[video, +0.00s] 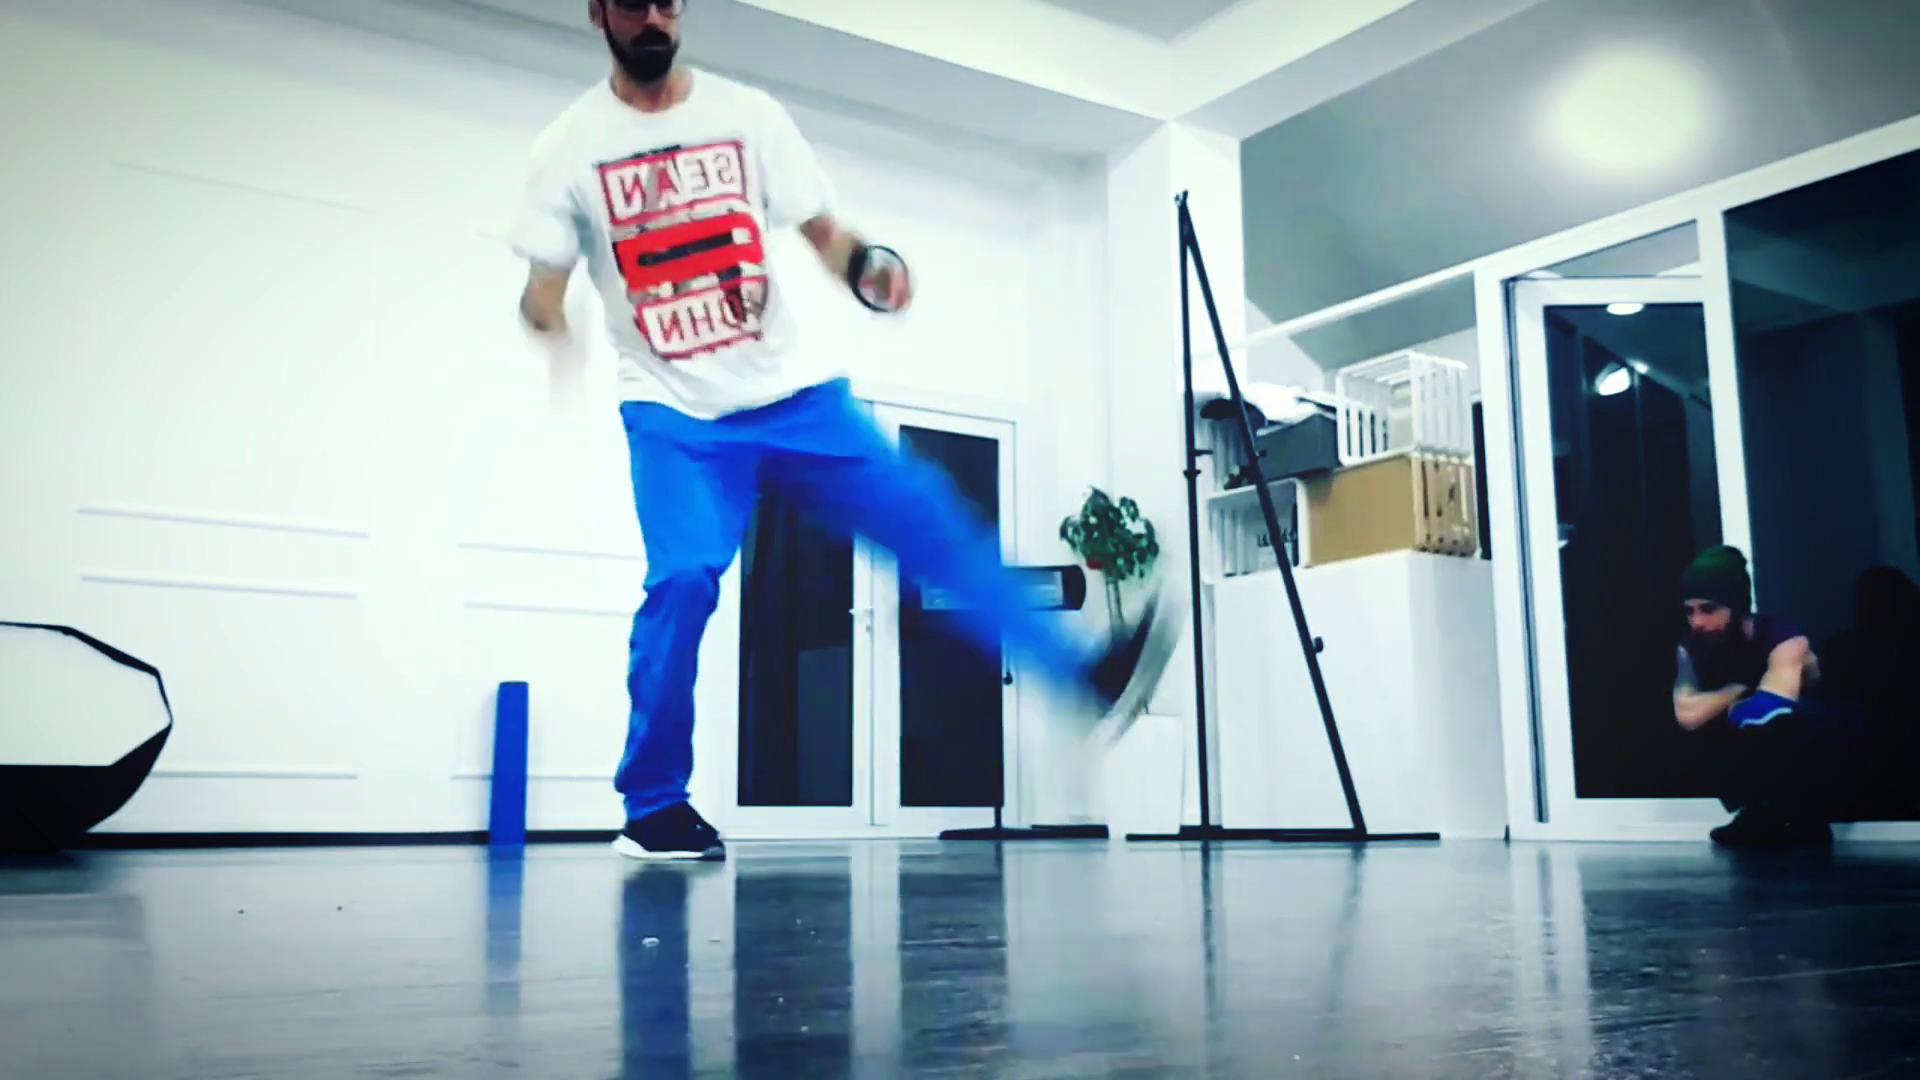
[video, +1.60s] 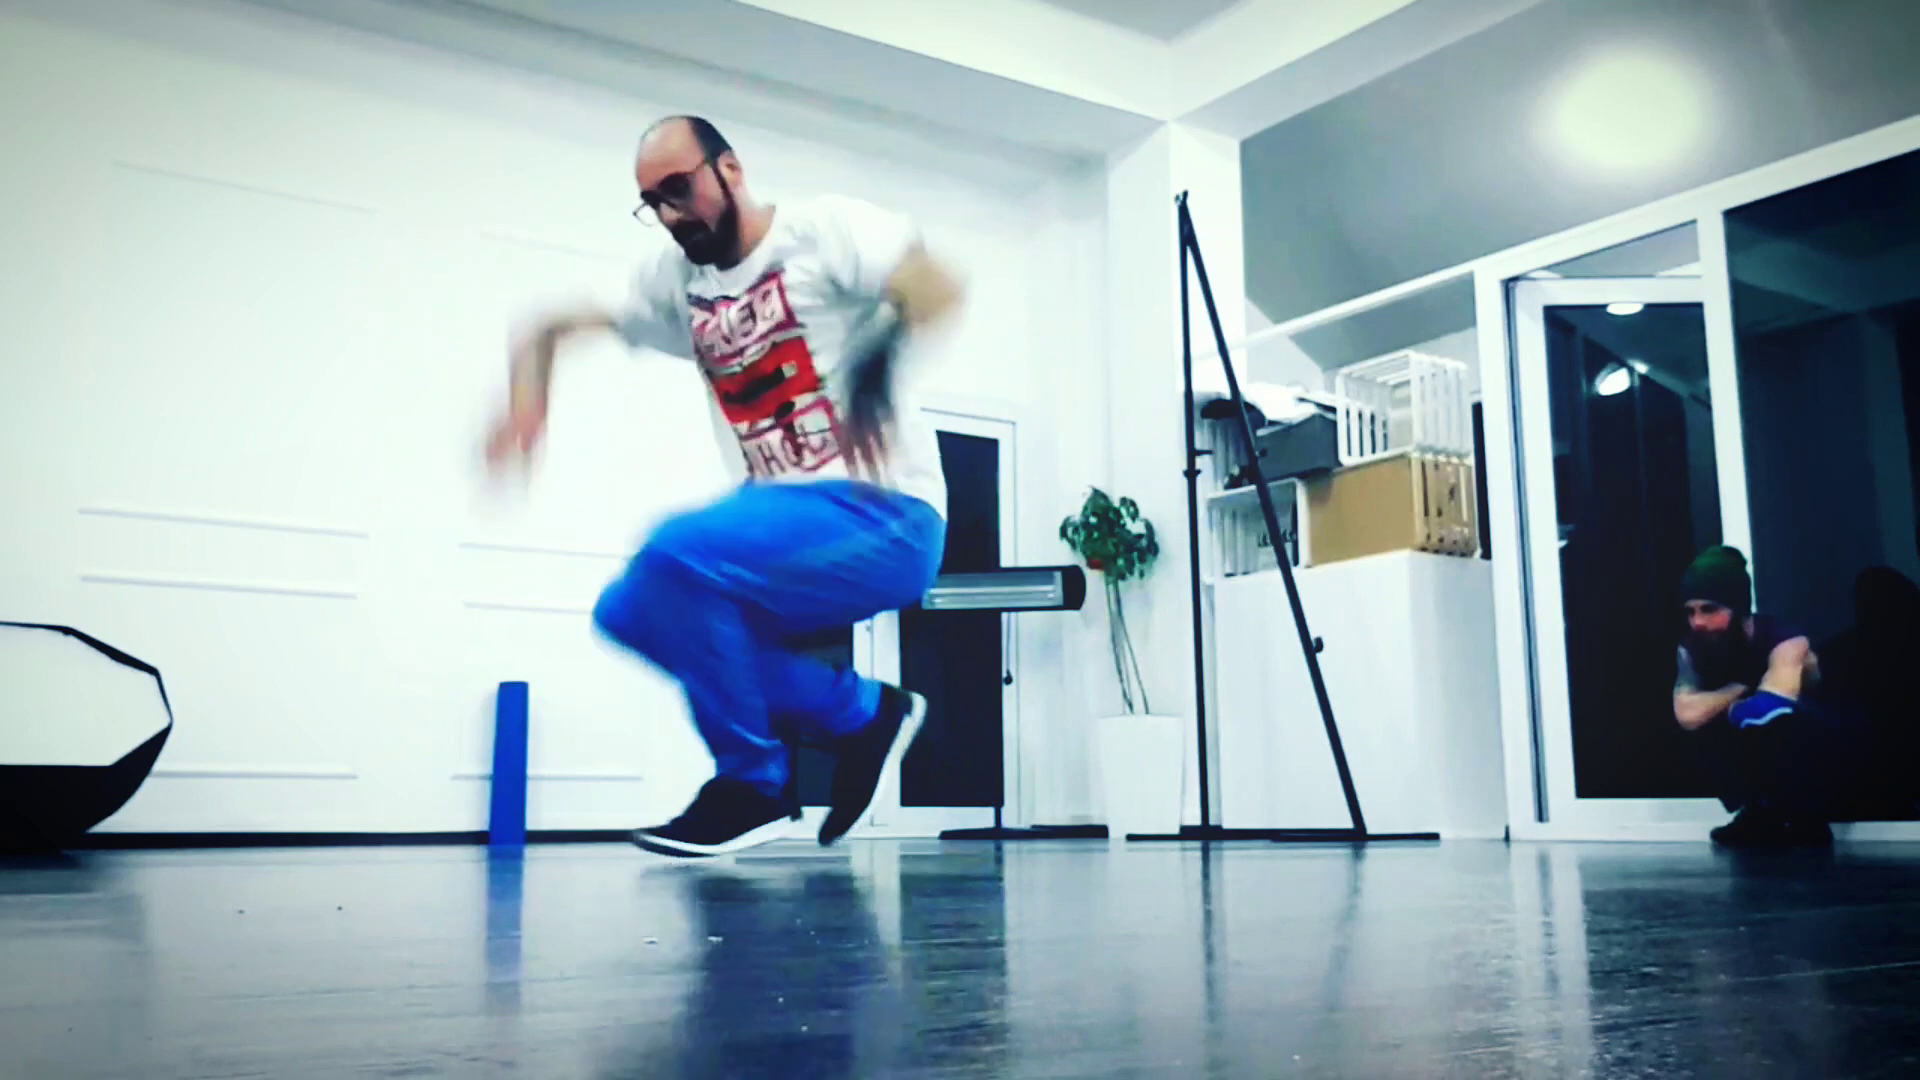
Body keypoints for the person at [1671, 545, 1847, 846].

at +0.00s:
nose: (1697, 623)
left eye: (1708, 610)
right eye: (1690, 612)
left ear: (1735, 605)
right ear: (1684, 610)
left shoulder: (1782, 639)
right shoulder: (1691, 651)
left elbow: (1776, 705)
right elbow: (1688, 714)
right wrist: (1738, 691)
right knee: (1706, 726)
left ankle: (1803, 820)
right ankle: (1756, 814)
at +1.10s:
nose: (1697, 623)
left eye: (1708, 611)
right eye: (1690, 613)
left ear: (1736, 607)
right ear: (1684, 612)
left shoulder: (1779, 637)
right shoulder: (1690, 652)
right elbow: (1688, 715)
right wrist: (1738, 690)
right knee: (1704, 727)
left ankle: (1802, 819)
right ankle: (1755, 814)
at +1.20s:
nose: (1697, 623)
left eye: (1708, 611)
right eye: (1690, 613)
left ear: (1736, 607)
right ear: (1684, 612)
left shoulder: (1777, 637)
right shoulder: (1691, 652)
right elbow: (1688, 715)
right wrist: (1738, 689)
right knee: (1704, 728)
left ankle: (1802, 819)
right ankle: (1755, 814)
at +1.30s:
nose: (1697, 624)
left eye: (1709, 611)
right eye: (1690, 613)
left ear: (1736, 606)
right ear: (1684, 612)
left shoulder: (1777, 638)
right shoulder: (1691, 652)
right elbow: (1688, 715)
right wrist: (1738, 689)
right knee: (1705, 727)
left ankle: (1802, 819)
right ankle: (1755, 814)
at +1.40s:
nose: (1697, 623)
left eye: (1708, 611)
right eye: (1690, 613)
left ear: (1736, 607)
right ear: (1684, 612)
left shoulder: (1780, 638)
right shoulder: (1691, 652)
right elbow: (1688, 715)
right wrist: (1739, 690)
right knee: (1704, 727)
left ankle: (1802, 818)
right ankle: (1754, 814)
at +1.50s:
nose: (1697, 622)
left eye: (1708, 610)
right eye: (1690, 612)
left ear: (1737, 607)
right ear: (1684, 611)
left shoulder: (1778, 637)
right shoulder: (1691, 650)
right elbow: (1687, 714)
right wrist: (1739, 689)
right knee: (1704, 726)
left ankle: (1802, 818)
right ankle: (1754, 814)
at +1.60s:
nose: (1697, 623)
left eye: (1709, 610)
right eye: (1691, 612)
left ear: (1738, 607)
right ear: (1685, 612)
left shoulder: (1782, 637)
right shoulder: (1690, 652)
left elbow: (1775, 705)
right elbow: (1688, 714)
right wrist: (1742, 687)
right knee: (1705, 725)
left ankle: (1799, 818)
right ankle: (1755, 813)